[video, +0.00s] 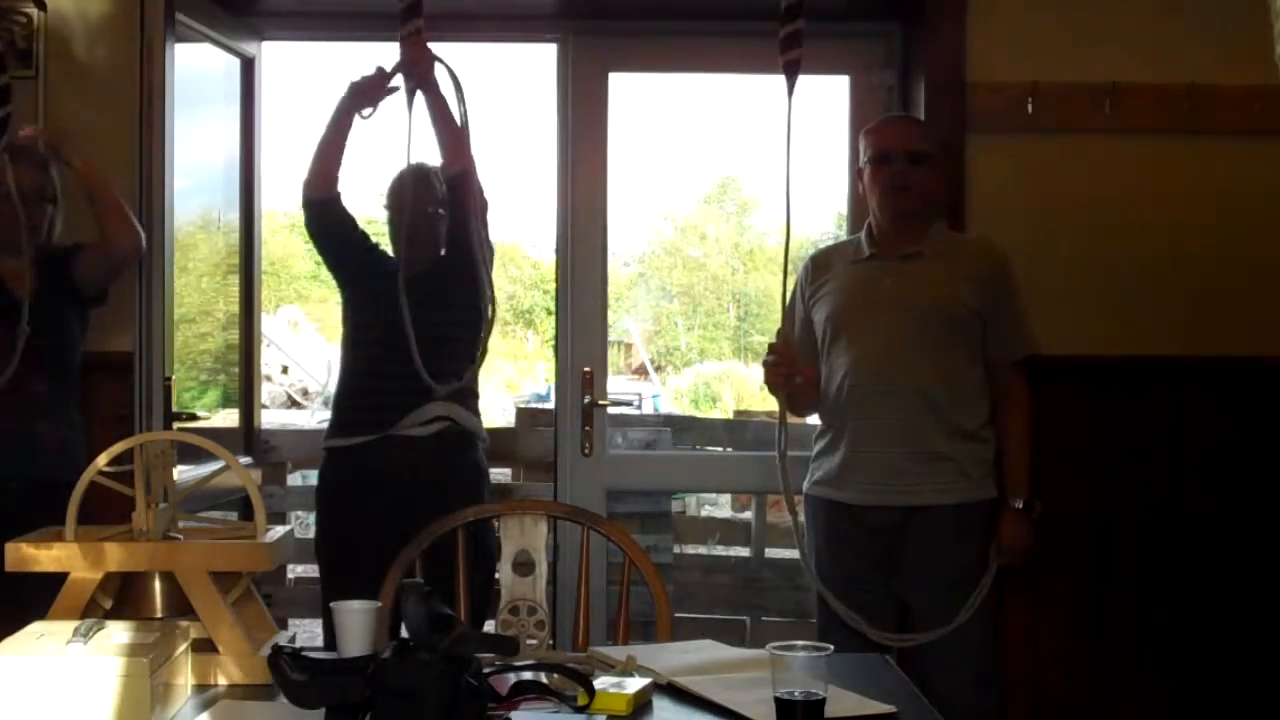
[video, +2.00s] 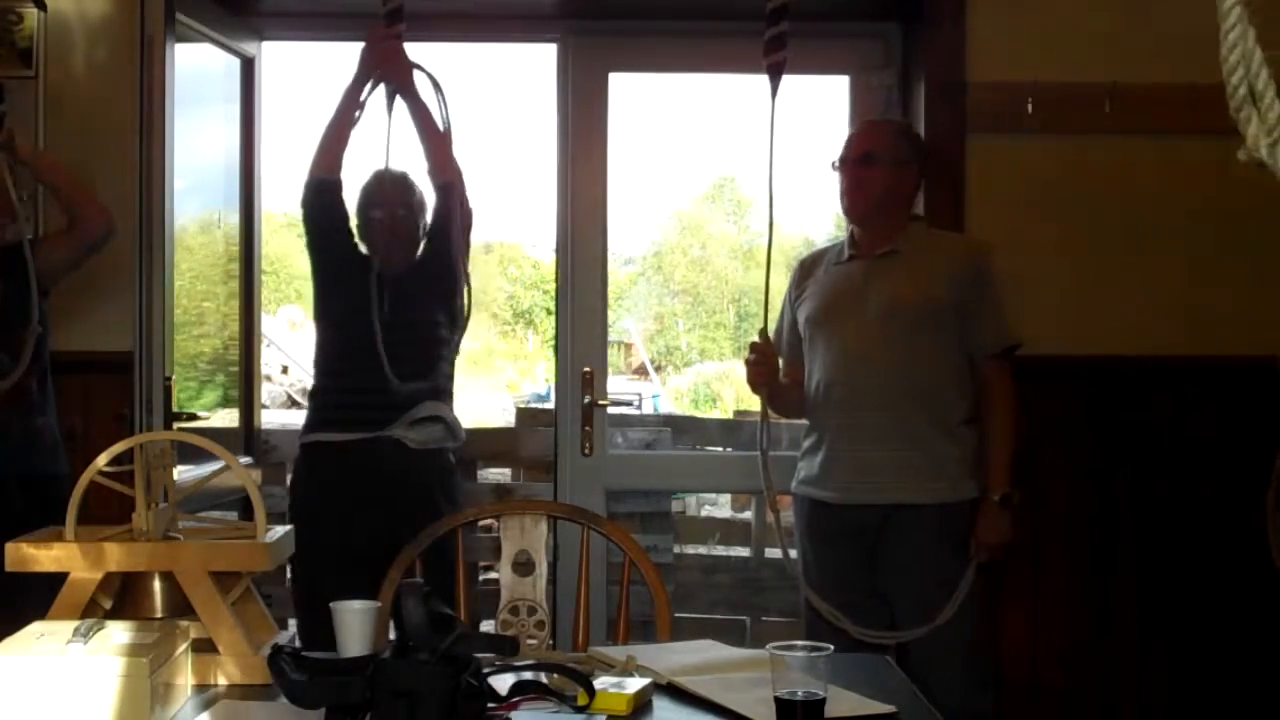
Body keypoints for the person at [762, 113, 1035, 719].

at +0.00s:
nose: (900, 173)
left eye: (917, 160)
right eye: (884, 161)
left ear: (939, 175)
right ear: (862, 177)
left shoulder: (979, 264)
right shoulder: (822, 269)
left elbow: (1010, 389)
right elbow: (805, 397)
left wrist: (1016, 503)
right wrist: (787, 384)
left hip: (952, 509)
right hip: (842, 508)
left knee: (953, 684)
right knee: (853, 681)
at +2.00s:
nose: (846, 173)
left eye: (865, 161)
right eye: (843, 162)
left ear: (910, 178)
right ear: (838, 175)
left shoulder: (958, 262)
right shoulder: (811, 272)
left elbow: (996, 383)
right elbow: (800, 397)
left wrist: (997, 498)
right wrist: (769, 386)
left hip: (933, 508)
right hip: (829, 508)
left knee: (940, 678)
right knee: (841, 676)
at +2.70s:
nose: (966, 176)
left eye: (966, 164)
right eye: (949, 165)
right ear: (894, 179)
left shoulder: (1000, 265)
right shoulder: (834, 259)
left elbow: (1031, 388)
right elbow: (763, 353)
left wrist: (1040, 496)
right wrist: (789, 280)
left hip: (970, 508)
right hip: (859, 506)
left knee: (969, 685)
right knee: (862, 681)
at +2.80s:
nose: (971, 172)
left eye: (971, 160)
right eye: (951, 160)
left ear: (977, 170)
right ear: (899, 178)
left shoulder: (1009, 262)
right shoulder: (851, 251)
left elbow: (1038, 384)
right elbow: (751, 301)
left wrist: (1053, 488)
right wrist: (797, 208)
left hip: (977, 509)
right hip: (868, 508)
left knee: (973, 686)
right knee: (864, 683)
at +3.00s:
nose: (960, 170)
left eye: (968, 158)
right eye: (942, 157)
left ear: (981, 169)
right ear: (903, 173)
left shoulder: (1016, 264)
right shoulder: (867, 245)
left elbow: (1046, 388)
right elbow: (757, 200)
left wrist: (1036, 494)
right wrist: (808, 90)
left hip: (977, 502)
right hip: (868, 502)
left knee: (977, 678)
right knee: (871, 675)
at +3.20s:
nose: (939, 167)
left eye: (953, 154)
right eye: (922, 153)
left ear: (969, 169)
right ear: (892, 170)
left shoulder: (1006, 261)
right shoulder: (857, 241)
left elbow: (1035, 388)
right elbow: (781, 159)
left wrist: (1005, 470)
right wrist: (812, 50)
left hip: (969, 505)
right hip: (861, 499)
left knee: (971, 675)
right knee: (866, 673)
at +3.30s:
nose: (929, 165)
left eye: (944, 154)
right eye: (912, 153)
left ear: (963, 169)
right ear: (884, 172)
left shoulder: (994, 259)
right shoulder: (851, 239)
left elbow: (1025, 365)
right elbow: (780, 163)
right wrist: (812, 56)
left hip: (957, 490)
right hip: (855, 486)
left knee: (961, 667)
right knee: (862, 665)